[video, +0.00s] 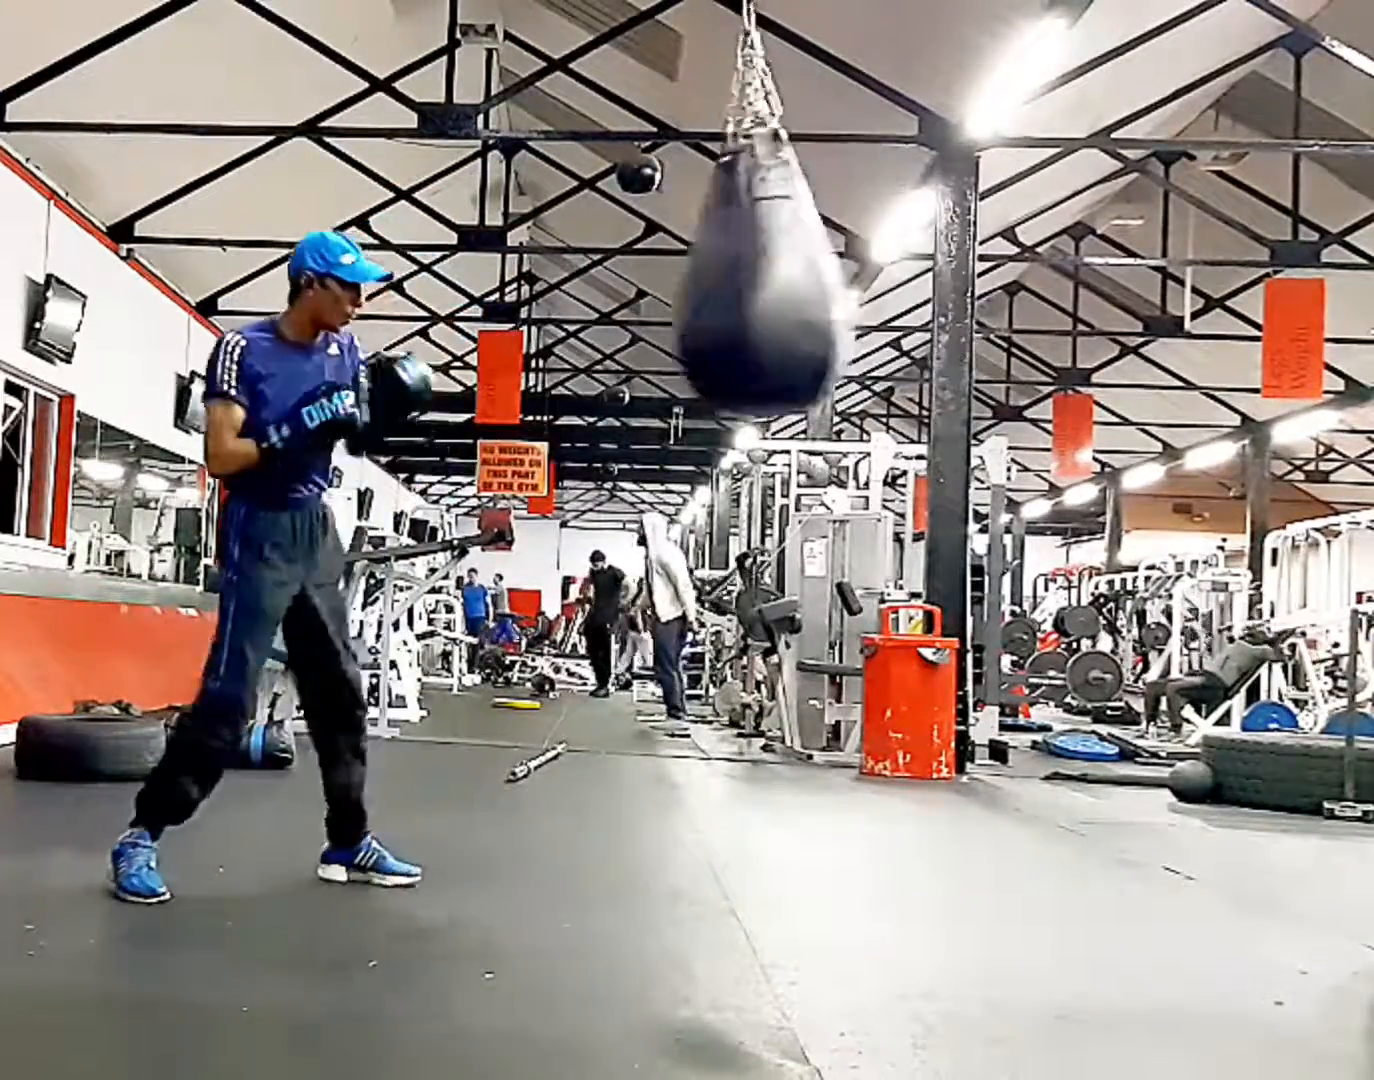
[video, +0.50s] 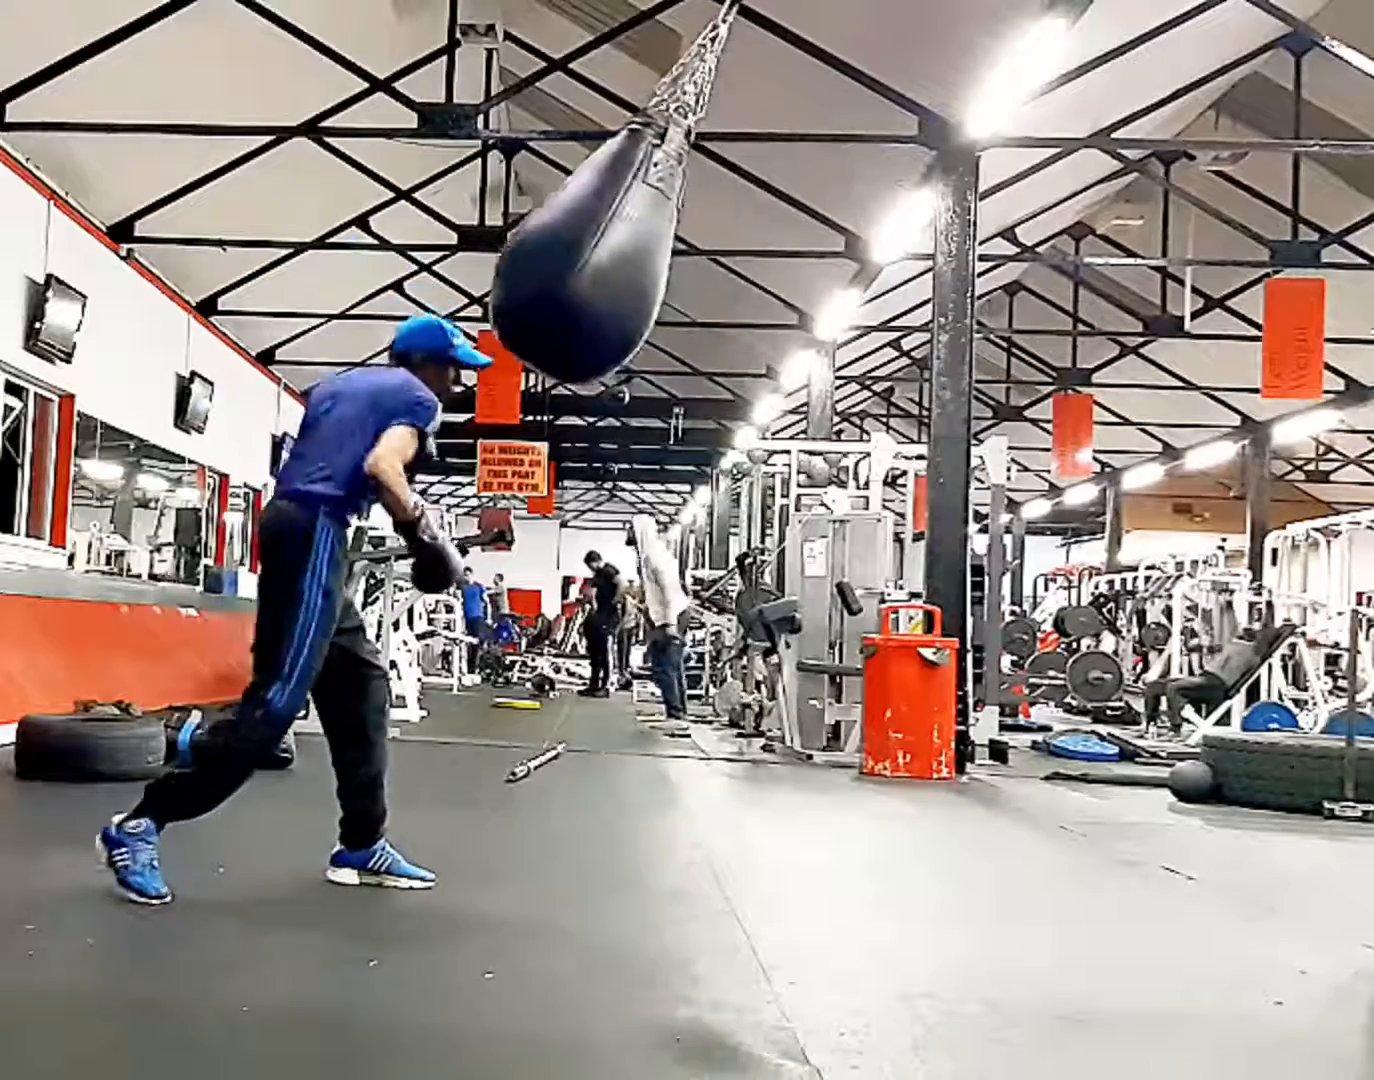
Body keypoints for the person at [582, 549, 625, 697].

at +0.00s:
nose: (596, 568)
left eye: (598, 564)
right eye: (594, 565)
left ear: (604, 562)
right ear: (591, 563)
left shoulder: (614, 574)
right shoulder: (594, 575)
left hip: (605, 619)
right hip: (593, 619)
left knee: (603, 653)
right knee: (594, 652)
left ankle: (603, 684)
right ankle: (600, 683)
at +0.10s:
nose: (596, 568)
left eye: (598, 564)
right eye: (593, 565)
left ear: (604, 561)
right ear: (591, 564)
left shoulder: (614, 574)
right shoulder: (596, 576)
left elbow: (619, 601)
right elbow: (599, 600)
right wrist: (588, 599)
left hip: (607, 620)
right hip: (594, 619)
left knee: (603, 653)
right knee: (594, 653)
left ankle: (604, 684)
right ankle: (600, 683)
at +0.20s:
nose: (595, 567)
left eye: (596, 564)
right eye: (593, 564)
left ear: (602, 561)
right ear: (592, 563)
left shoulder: (613, 573)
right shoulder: (598, 575)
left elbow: (614, 599)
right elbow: (601, 597)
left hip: (607, 619)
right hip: (595, 618)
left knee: (602, 653)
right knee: (594, 653)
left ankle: (603, 685)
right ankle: (599, 684)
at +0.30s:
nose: (594, 568)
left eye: (595, 564)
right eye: (592, 565)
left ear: (601, 561)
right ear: (591, 563)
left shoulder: (609, 574)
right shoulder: (600, 575)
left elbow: (608, 600)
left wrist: (604, 619)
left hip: (603, 621)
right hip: (595, 619)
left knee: (601, 655)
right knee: (595, 654)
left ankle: (602, 686)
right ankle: (597, 684)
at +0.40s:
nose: (593, 568)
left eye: (593, 564)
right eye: (590, 565)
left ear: (599, 560)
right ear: (591, 563)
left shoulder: (610, 573)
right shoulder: (598, 576)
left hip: (605, 619)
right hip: (594, 618)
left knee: (603, 655)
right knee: (594, 654)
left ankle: (604, 686)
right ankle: (594, 684)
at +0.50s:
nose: (591, 568)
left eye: (591, 564)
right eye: (589, 565)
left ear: (596, 560)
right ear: (591, 563)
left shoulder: (608, 571)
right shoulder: (598, 576)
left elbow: (621, 584)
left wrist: (615, 600)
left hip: (608, 618)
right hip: (597, 618)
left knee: (605, 654)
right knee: (594, 653)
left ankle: (605, 686)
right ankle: (594, 684)